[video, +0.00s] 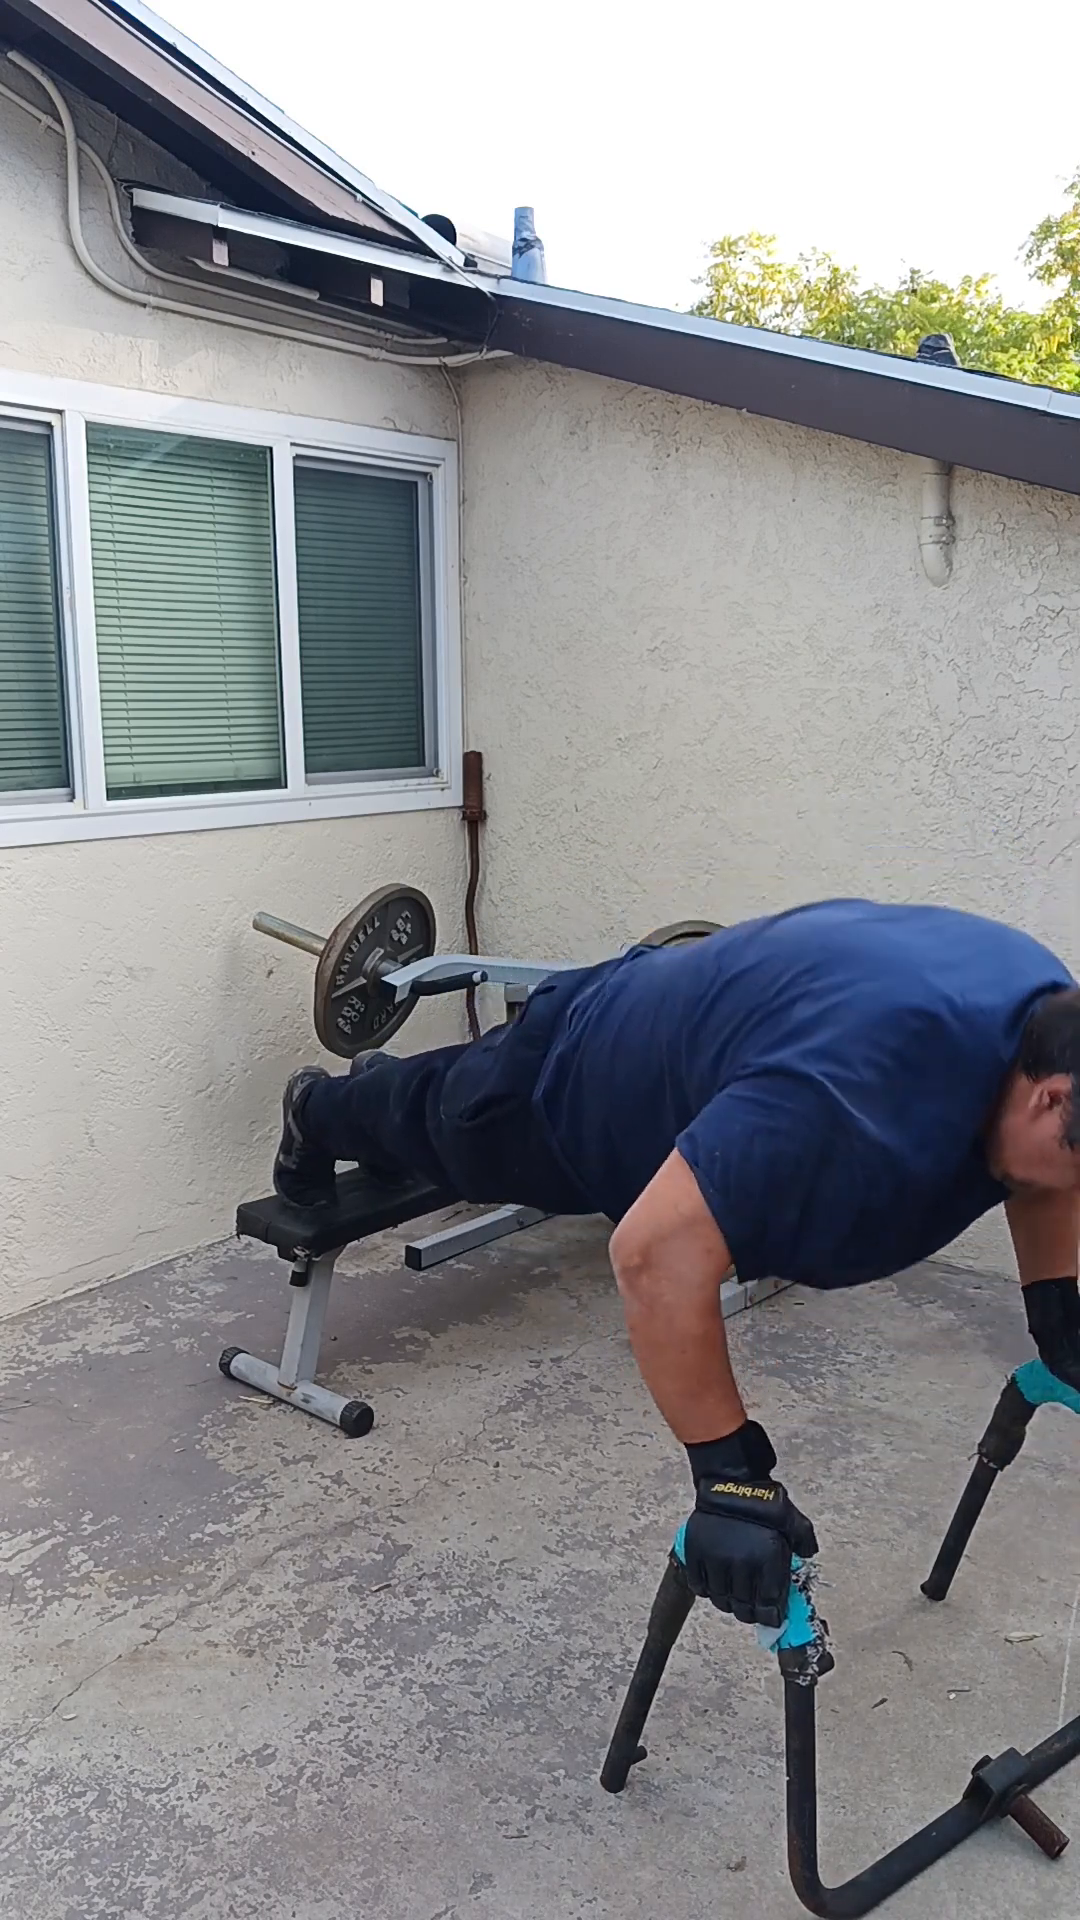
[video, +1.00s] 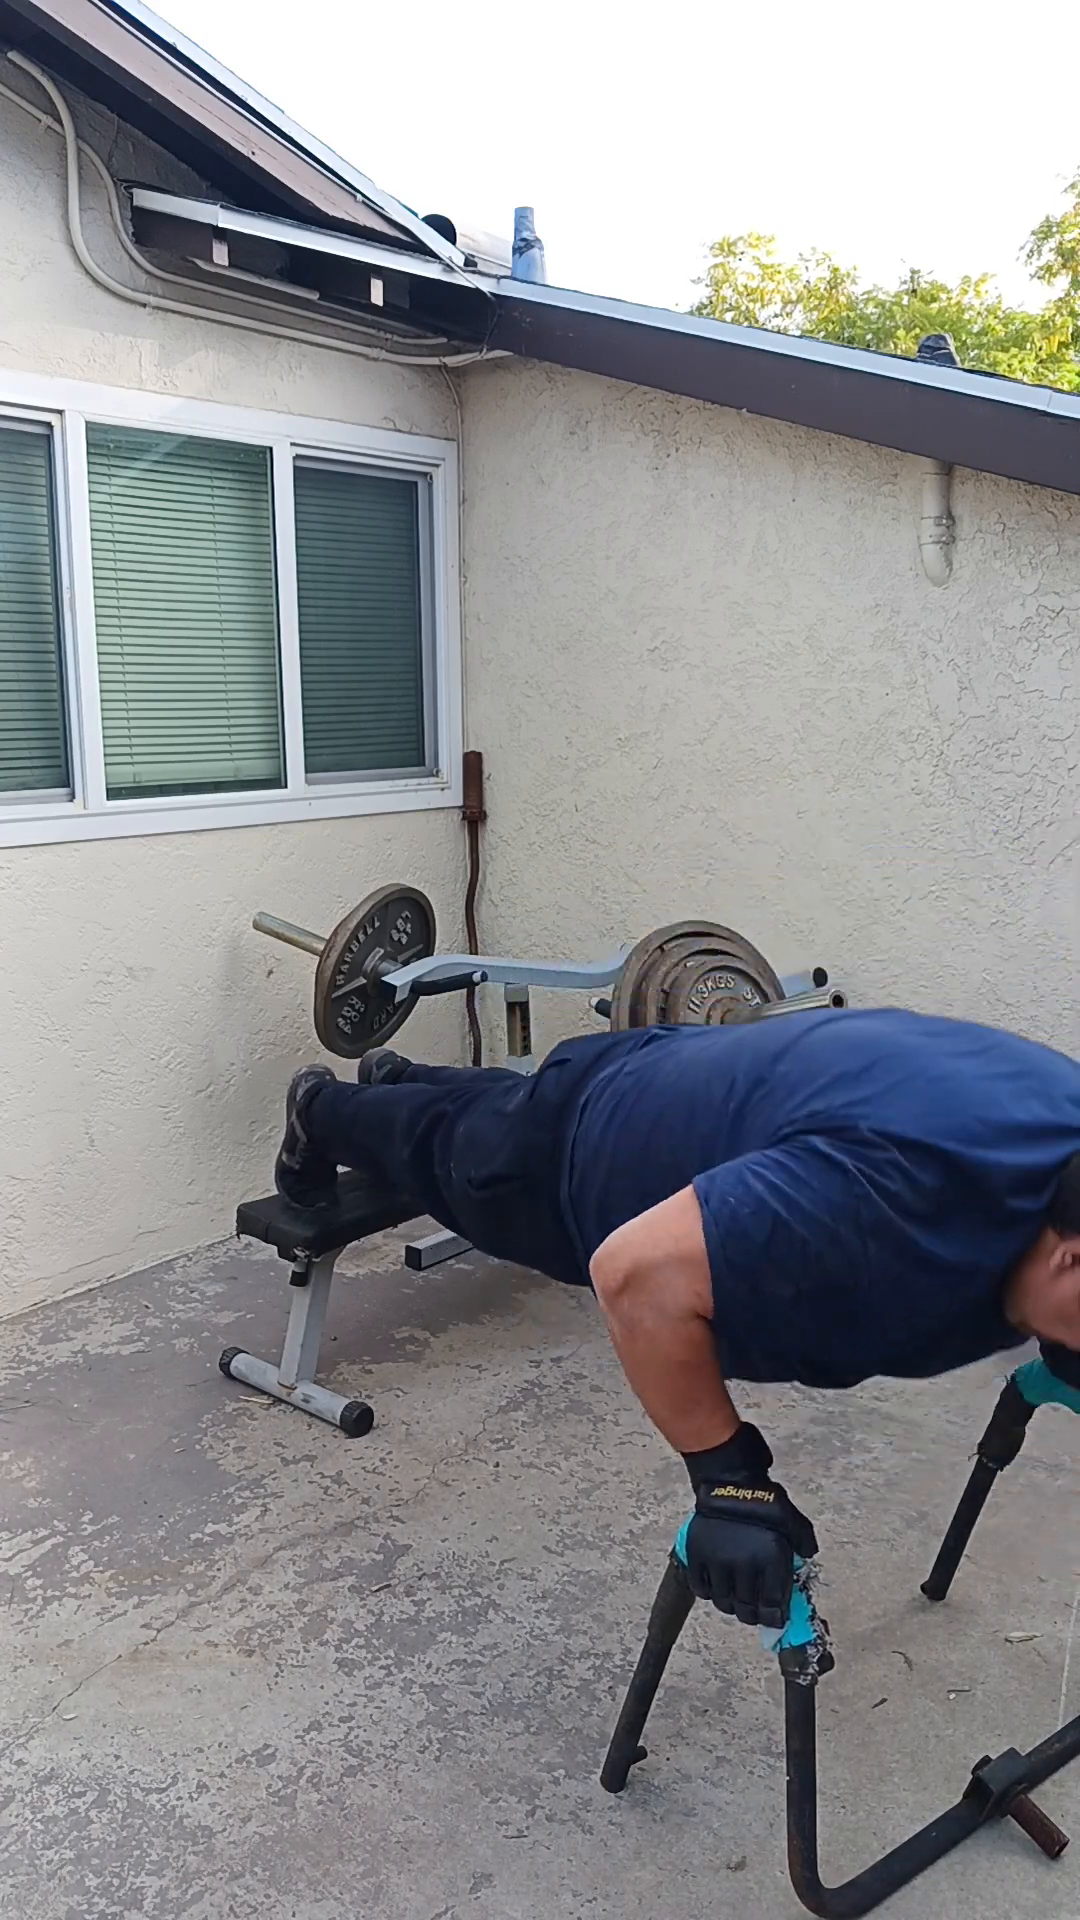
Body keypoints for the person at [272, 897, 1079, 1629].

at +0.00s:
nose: (1061, 1178)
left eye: (1074, 1170)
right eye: (1069, 1154)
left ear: (1054, 1089)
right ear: (1043, 1101)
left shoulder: (1042, 1013)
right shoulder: (840, 1101)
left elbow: (1047, 1174)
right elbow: (656, 1258)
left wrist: (1058, 1322)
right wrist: (733, 1477)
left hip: (726, 970)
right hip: (602, 1058)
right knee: (440, 1105)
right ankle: (320, 1106)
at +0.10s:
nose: (1055, 1290)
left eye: (1070, 1282)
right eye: (1067, 1268)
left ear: (1063, 1188)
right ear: (1053, 1202)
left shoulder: (1062, 1074)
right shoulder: (874, 1161)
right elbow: (642, 1268)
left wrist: (1054, 1311)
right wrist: (731, 1479)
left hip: (703, 1027)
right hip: (595, 1104)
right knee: (435, 1118)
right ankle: (315, 1110)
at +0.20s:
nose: (1057, 1377)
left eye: (1071, 1370)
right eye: (1073, 1360)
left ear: (1068, 1286)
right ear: (1061, 1295)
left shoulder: (1073, 1137)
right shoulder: (894, 1240)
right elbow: (641, 1274)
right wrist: (731, 1482)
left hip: (702, 1064)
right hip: (599, 1139)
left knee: (520, 1098)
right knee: (438, 1131)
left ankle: (387, 1092)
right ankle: (316, 1110)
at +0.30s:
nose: (1052, 1444)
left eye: (1067, 1436)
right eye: (1069, 1430)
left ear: (1067, 1367)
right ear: (1062, 1375)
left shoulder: (1078, 1178)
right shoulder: (905, 1286)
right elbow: (648, 1271)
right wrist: (733, 1480)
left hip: (709, 1091)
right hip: (601, 1168)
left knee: (528, 1116)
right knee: (443, 1151)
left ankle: (393, 1083)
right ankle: (319, 1106)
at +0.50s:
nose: (1054, 1551)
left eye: (1069, 1543)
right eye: (1072, 1536)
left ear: (1066, 1476)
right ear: (1060, 1478)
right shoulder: (923, 1376)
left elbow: (1052, 1128)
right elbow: (682, 1263)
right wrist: (736, 1485)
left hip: (725, 1137)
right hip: (612, 1213)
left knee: (543, 1129)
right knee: (453, 1181)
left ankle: (395, 1083)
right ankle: (323, 1109)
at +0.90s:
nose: (1052, 1436)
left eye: (1065, 1428)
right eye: (1070, 1424)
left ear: (1072, 1351)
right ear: (1069, 1365)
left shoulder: (1077, 1181)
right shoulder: (911, 1277)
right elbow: (649, 1279)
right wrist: (731, 1481)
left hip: (713, 1096)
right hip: (602, 1173)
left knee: (535, 1119)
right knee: (450, 1154)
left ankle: (398, 1083)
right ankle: (322, 1107)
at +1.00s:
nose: (1058, 1351)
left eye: (1067, 1349)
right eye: (1073, 1337)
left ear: (1071, 1246)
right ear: (1066, 1261)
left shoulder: (1070, 1128)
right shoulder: (895, 1201)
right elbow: (637, 1279)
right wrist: (731, 1480)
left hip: (719, 1059)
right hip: (602, 1136)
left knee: (531, 1102)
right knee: (452, 1132)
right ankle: (323, 1112)